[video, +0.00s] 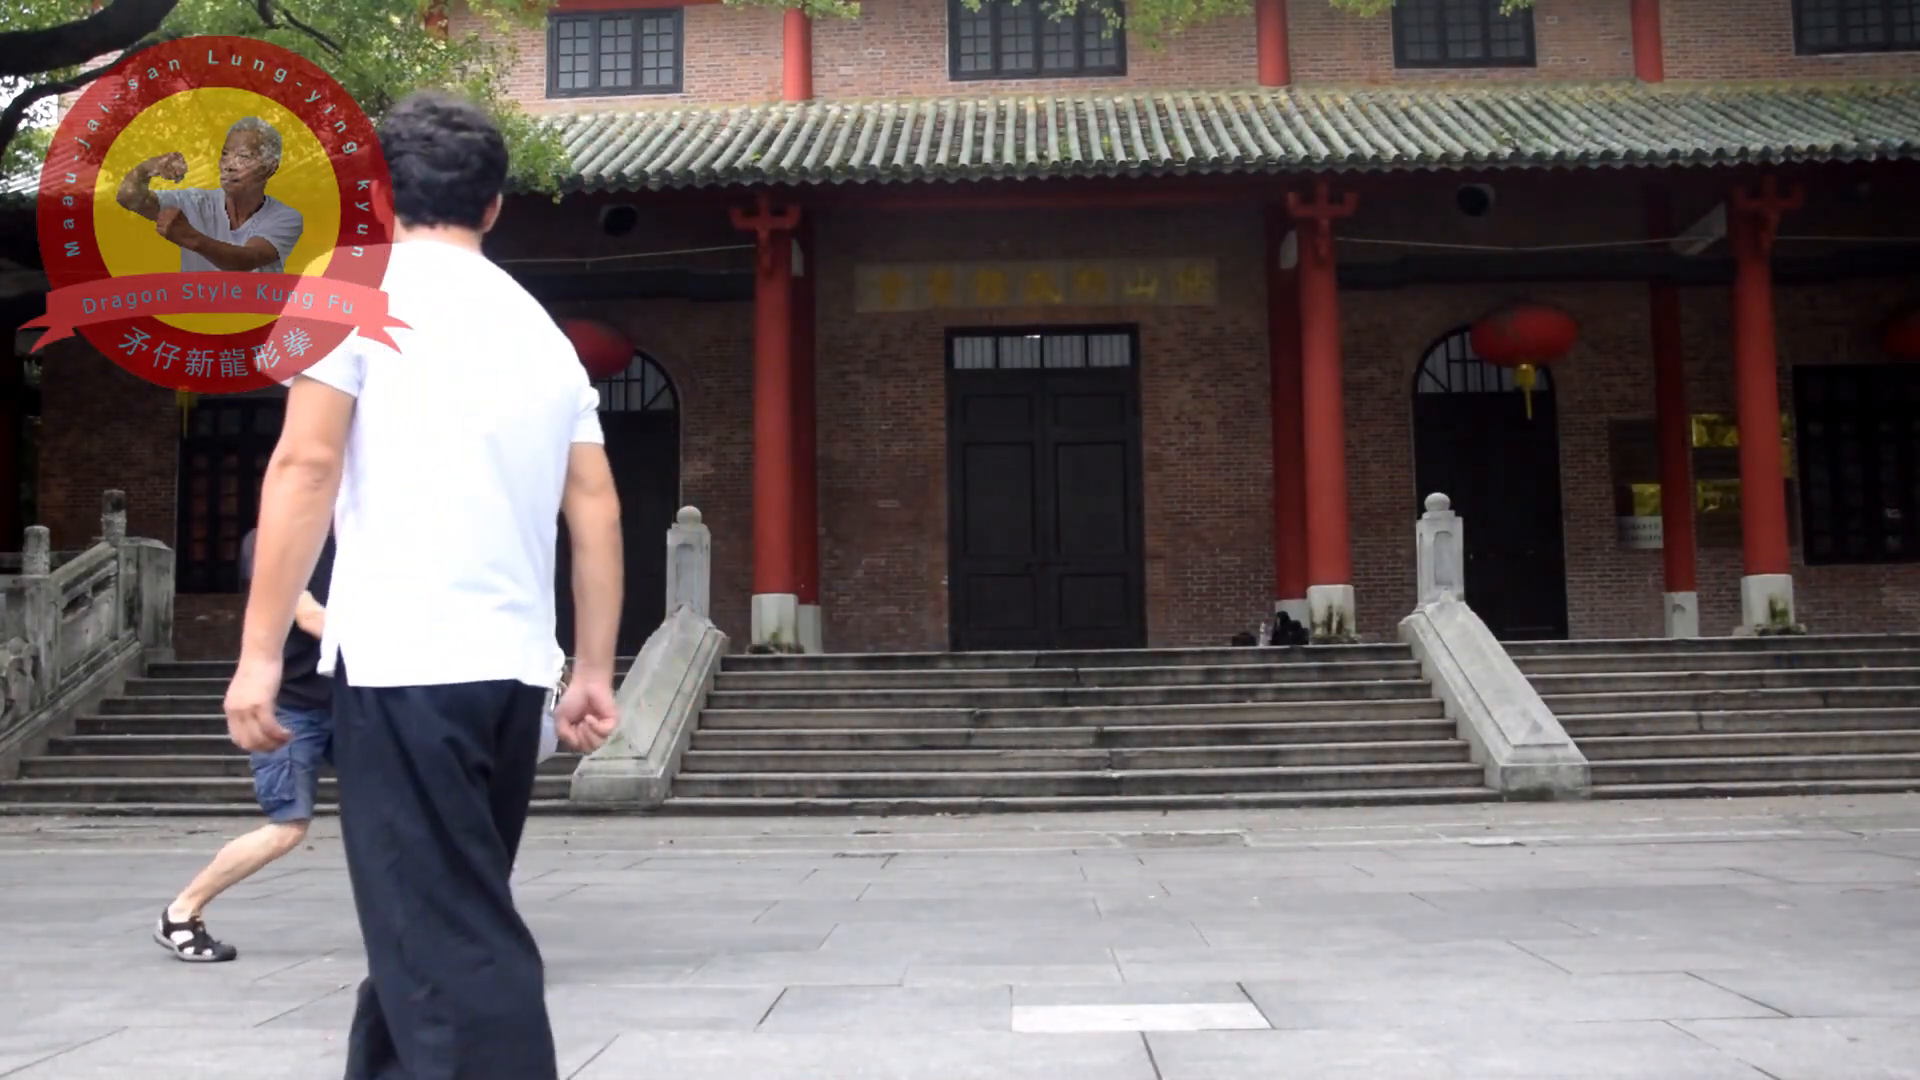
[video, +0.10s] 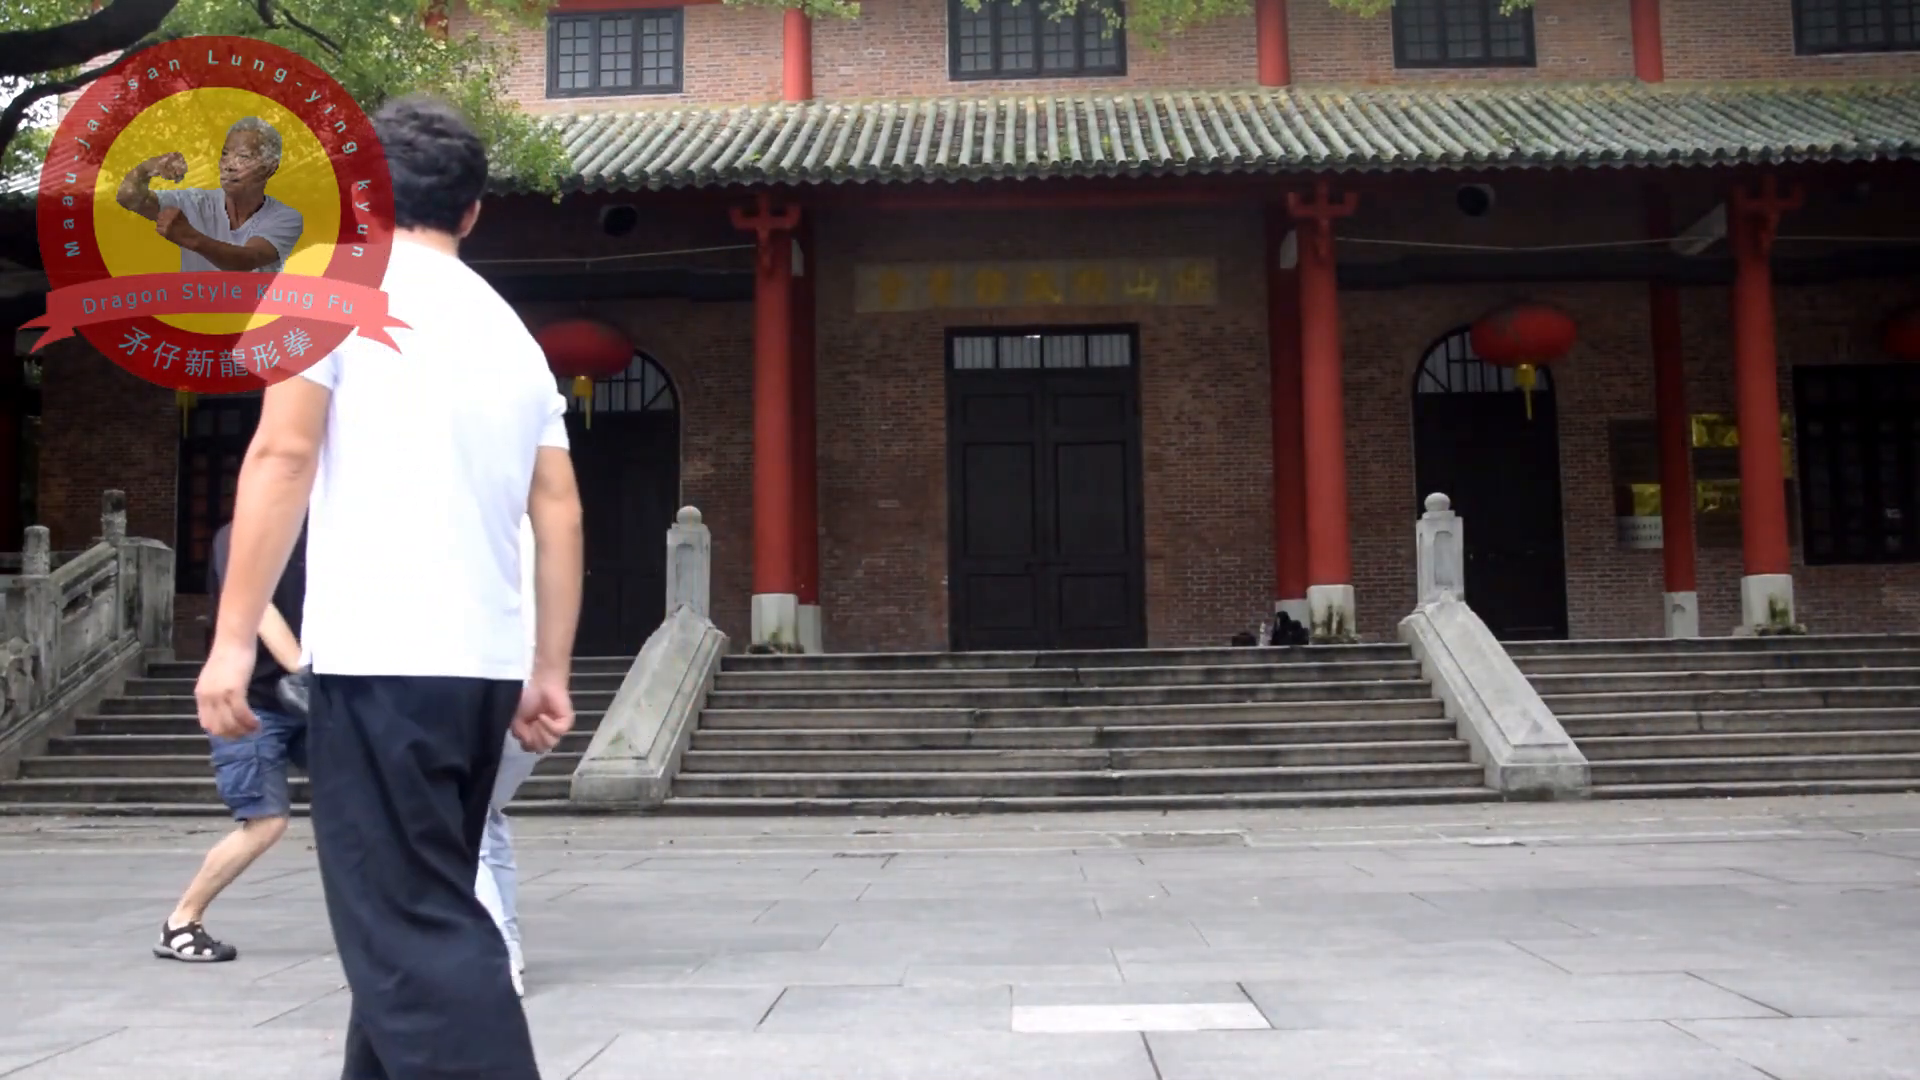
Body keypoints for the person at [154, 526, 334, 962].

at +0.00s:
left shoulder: (357, 537)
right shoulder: (277, 541)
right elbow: (310, 616)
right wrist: (372, 634)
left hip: (347, 700)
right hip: (291, 702)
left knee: (402, 814)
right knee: (287, 827)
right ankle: (181, 913)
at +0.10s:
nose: (292, 489)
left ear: (307, 489)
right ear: (257, 487)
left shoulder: (315, 538)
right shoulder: (238, 539)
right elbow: (257, 608)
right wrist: (306, 671)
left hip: (306, 697)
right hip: (250, 699)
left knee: (366, 801)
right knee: (266, 822)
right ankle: (181, 923)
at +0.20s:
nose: (265, 488)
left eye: (270, 483)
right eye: (256, 482)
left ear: (277, 489)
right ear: (236, 487)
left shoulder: (290, 540)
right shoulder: (213, 535)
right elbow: (214, 590)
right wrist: (256, 631)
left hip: (274, 691)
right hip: (218, 691)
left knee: (302, 794)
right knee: (255, 810)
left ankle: (286, 899)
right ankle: (180, 924)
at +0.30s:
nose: (258, 484)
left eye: (262, 480)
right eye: (250, 478)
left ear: (265, 485)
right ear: (218, 482)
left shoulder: (265, 528)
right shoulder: (193, 529)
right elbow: (201, 577)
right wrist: (263, 541)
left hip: (240, 688)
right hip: (190, 686)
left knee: (253, 802)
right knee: (235, 804)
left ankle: (159, 879)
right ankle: (180, 924)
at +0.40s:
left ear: (251, 476)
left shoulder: (252, 528)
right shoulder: (202, 515)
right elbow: (162, 537)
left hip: (206, 683)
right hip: (169, 676)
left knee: (183, 809)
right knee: (222, 792)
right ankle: (177, 926)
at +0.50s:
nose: (229, 466)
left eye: (234, 463)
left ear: (239, 467)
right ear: (209, 458)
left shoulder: (234, 515)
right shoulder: (178, 502)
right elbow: (144, 536)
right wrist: (198, 480)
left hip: (178, 684)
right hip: (143, 680)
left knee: (116, 802)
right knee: (209, 785)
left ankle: (21, 900)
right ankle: (175, 922)